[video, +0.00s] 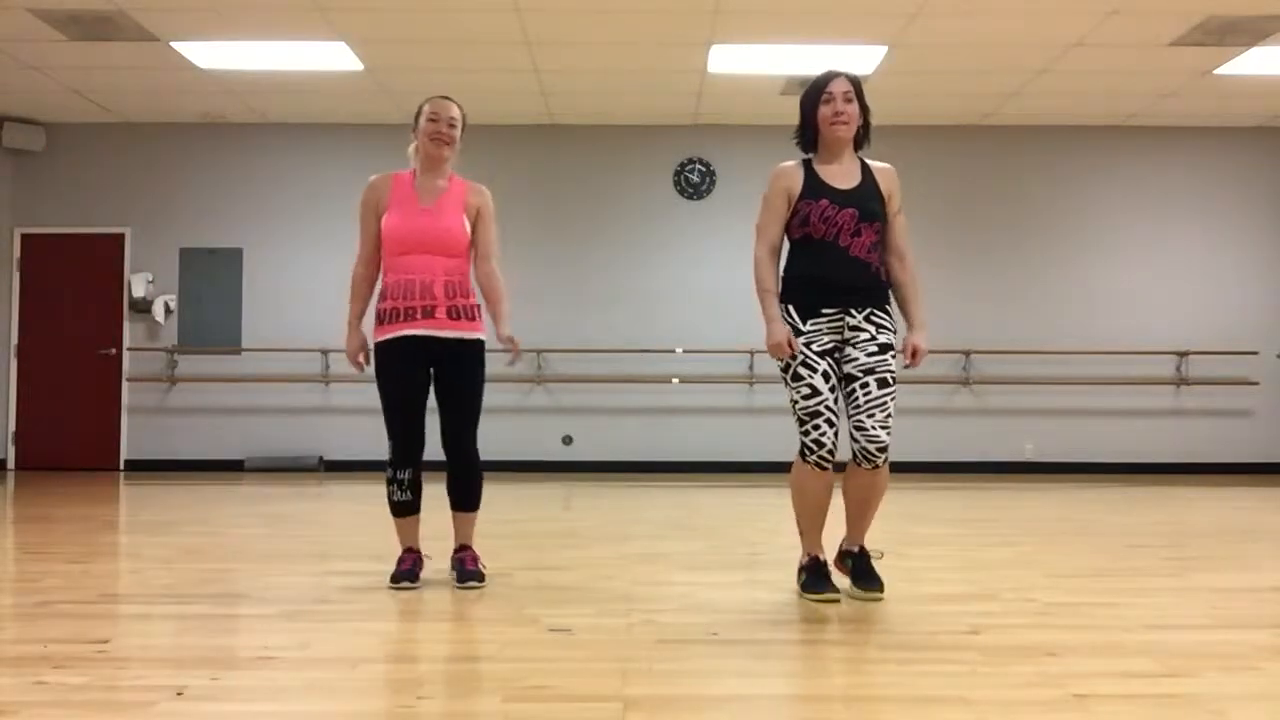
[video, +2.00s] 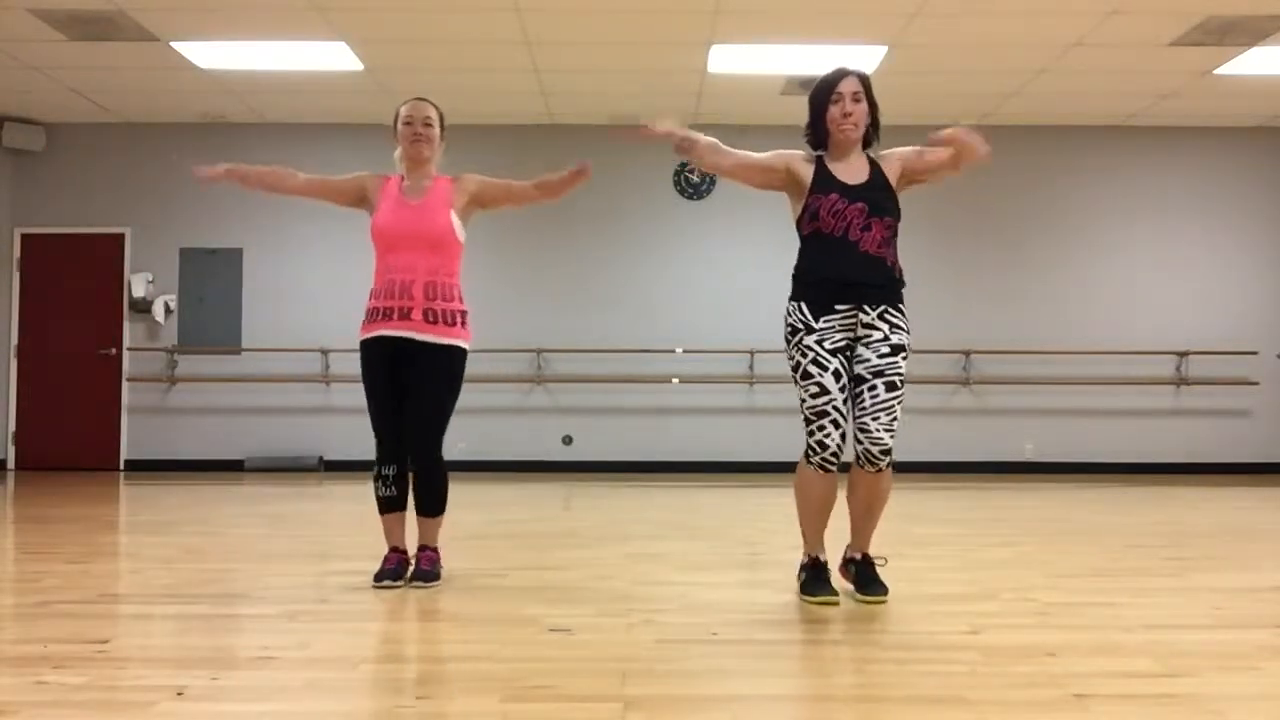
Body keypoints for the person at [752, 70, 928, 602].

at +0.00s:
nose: (839, 108)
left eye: (848, 100)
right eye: (827, 101)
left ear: (861, 112)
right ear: (811, 114)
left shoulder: (883, 177)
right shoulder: (789, 176)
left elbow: (899, 257)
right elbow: (765, 253)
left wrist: (915, 324)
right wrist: (773, 320)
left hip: (872, 322)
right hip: (806, 323)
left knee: (873, 440)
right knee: (821, 440)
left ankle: (853, 549)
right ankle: (812, 559)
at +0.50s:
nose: (845, 108)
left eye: (854, 100)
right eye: (835, 101)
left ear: (869, 112)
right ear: (817, 114)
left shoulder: (891, 174)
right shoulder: (796, 177)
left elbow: (935, 241)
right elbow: (766, 249)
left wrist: (979, 304)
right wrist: (831, 260)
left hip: (881, 318)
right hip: (817, 319)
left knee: (870, 438)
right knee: (832, 431)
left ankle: (854, 556)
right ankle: (818, 539)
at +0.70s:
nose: (840, 113)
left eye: (849, 104)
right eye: (830, 105)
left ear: (863, 116)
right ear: (812, 117)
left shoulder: (883, 176)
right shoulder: (793, 177)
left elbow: (950, 214)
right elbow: (762, 221)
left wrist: (1020, 250)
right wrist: (834, 229)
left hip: (878, 324)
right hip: (814, 325)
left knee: (871, 443)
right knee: (835, 440)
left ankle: (854, 558)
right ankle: (818, 555)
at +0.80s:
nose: (842, 109)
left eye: (850, 100)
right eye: (831, 101)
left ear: (864, 113)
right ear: (812, 114)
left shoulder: (882, 171)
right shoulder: (794, 167)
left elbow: (959, 191)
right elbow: (753, 191)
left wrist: (1037, 205)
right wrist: (796, 203)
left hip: (877, 317)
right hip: (813, 319)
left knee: (882, 439)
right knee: (833, 438)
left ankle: (855, 551)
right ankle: (817, 555)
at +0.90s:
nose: (842, 106)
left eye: (851, 98)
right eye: (831, 99)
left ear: (864, 112)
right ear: (814, 112)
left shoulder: (885, 168)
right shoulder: (795, 165)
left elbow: (958, 175)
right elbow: (753, 168)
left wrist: (1015, 164)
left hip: (877, 314)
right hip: (814, 316)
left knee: (893, 429)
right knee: (828, 435)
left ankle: (859, 537)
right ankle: (817, 556)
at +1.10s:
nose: (851, 108)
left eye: (859, 100)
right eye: (840, 100)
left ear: (872, 113)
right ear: (821, 113)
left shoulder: (892, 173)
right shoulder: (801, 169)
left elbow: (974, 169)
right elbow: (731, 159)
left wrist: (920, 154)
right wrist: (661, 150)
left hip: (885, 321)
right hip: (821, 321)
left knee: (881, 441)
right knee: (834, 440)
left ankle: (861, 557)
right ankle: (819, 557)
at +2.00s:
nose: (847, 108)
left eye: (856, 99)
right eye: (837, 100)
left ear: (871, 111)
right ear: (820, 112)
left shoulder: (893, 164)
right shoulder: (798, 166)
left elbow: (964, 158)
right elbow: (730, 160)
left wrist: (962, 139)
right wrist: (684, 139)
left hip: (882, 317)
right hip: (817, 317)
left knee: (876, 441)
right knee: (827, 438)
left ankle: (859, 556)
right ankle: (813, 560)